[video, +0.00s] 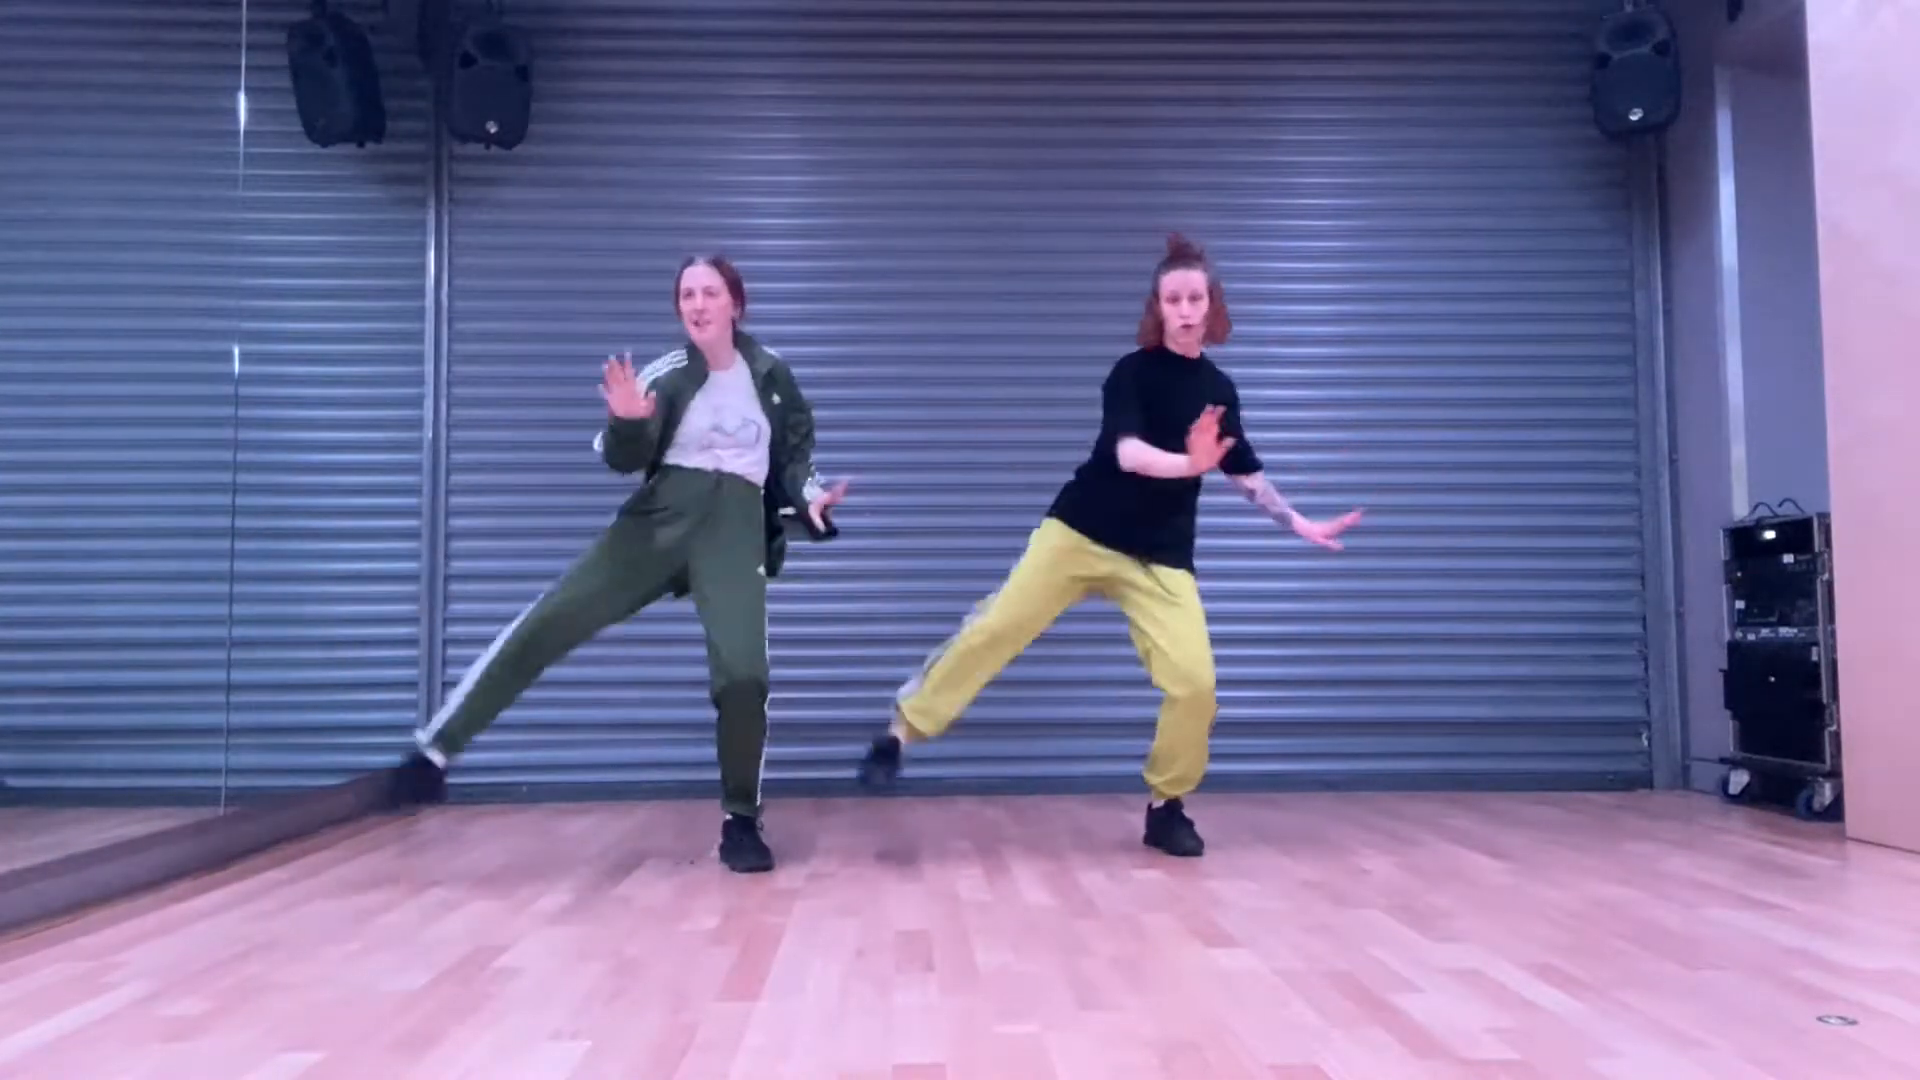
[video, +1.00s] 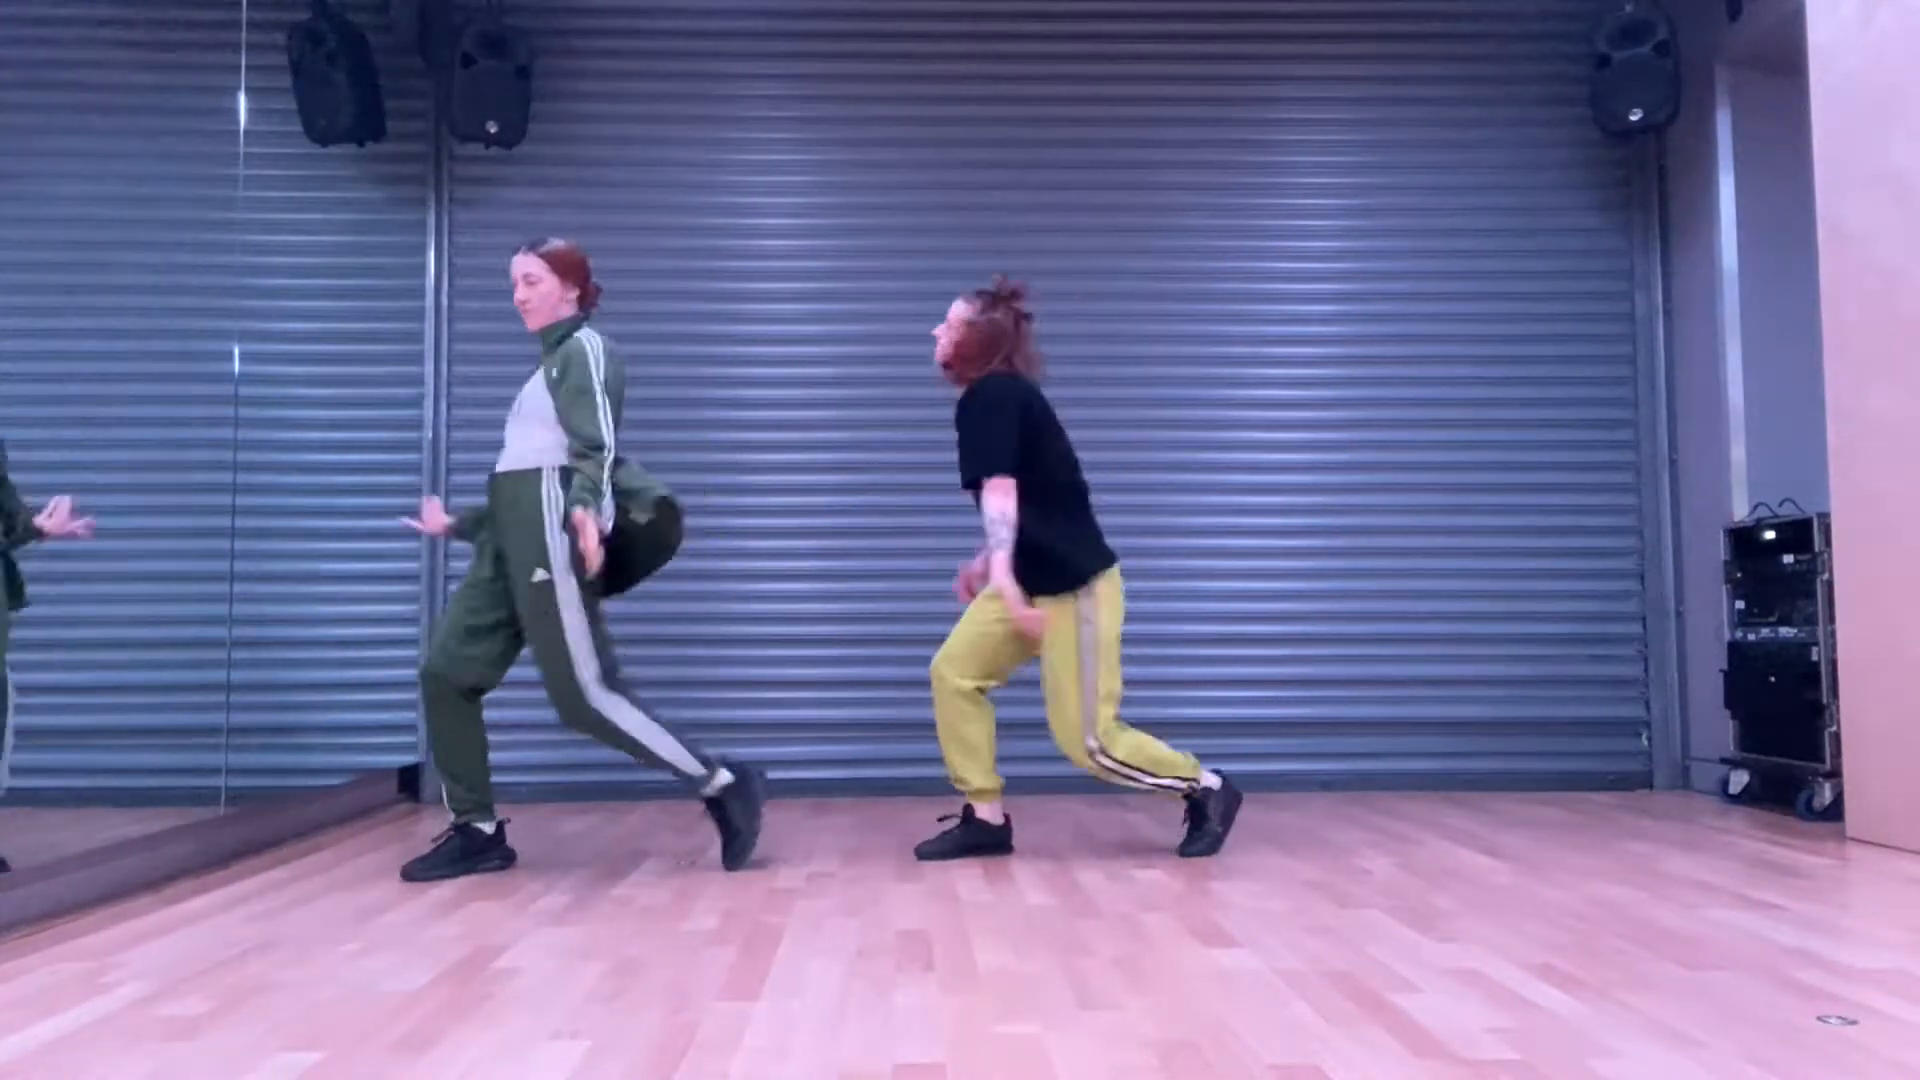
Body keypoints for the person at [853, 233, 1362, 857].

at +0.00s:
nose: (1186, 311)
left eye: (1195, 299)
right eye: (1174, 299)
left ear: (1213, 306)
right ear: (1157, 306)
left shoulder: (1218, 388)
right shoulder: (1135, 372)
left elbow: (1244, 472)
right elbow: (1125, 452)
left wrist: (1300, 525)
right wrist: (1191, 465)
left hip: (1161, 562)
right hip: (1080, 536)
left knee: (1194, 683)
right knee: (997, 628)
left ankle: (1166, 808)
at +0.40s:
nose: (1146, 336)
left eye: (1156, 323)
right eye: (1134, 324)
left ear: (1171, 328)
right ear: (1112, 332)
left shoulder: (1183, 409)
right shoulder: (1091, 393)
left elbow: (1232, 435)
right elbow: (1101, 399)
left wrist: (1292, 438)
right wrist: (1188, 397)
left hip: (1132, 588)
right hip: (1052, 579)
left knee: (1184, 695)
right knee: (986, 695)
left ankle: (1163, 809)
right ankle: (909, 799)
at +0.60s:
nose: (1162, 342)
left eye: (1165, 327)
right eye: (1145, 334)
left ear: (1174, 328)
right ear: (1115, 343)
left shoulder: (1181, 393)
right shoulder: (1089, 403)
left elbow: (1251, 390)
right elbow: (1014, 451)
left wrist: (1263, 368)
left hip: (1136, 586)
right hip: (1053, 583)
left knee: (1194, 693)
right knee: (991, 696)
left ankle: (1161, 810)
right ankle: (912, 797)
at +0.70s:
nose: (1121, 340)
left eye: (1117, 329)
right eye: (1102, 340)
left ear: (1127, 335)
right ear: (1078, 367)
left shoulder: (1154, 395)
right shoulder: (1062, 429)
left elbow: (1185, 358)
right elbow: (985, 496)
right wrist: (971, 585)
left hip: (1143, 586)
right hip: (1055, 584)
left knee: (1193, 692)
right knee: (983, 683)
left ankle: (1164, 810)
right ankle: (941, 803)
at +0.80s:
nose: (1005, 347)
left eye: (1006, 336)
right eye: (993, 355)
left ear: (1036, 336)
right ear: (1003, 384)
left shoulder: (1107, 376)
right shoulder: (1018, 444)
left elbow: (1049, 414)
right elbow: (1015, 531)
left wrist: (969, 441)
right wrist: (1015, 602)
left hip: (1143, 578)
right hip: (1058, 579)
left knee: (1187, 694)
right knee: (984, 673)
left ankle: (1173, 808)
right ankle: (980, 816)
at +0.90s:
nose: (946, 352)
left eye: (956, 343)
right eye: (950, 343)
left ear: (986, 357)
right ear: (990, 360)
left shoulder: (1039, 394)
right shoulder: (1011, 411)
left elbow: (981, 475)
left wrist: (927, 532)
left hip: (1123, 579)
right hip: (1051, 577)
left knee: (1145, 709)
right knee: (971, 668)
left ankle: (1188, 803)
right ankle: (985, 817)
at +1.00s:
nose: (938, 332)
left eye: (950, 326)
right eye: (944, 322)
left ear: (979, 344)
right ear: (986, 347)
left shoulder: (995, 399)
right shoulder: (989, 399)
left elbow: (999, 500)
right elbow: (1020, 506)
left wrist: (1002, 573)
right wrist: (986, 562)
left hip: (1079, 586)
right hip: (1028, 583)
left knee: (1087, 739)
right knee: (955, 674)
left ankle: (1207, 790)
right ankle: (985, 818)